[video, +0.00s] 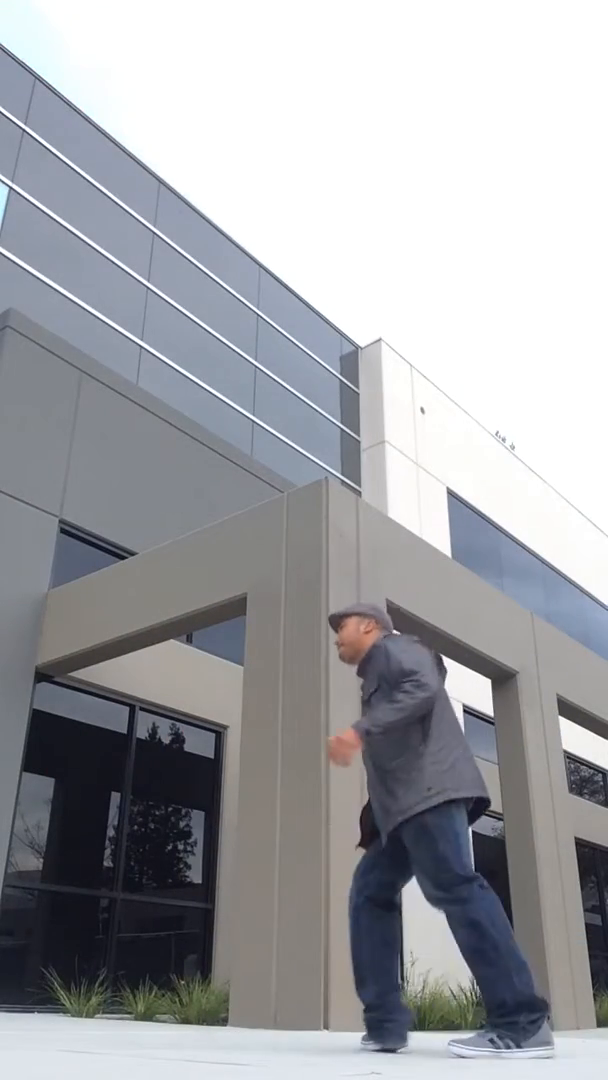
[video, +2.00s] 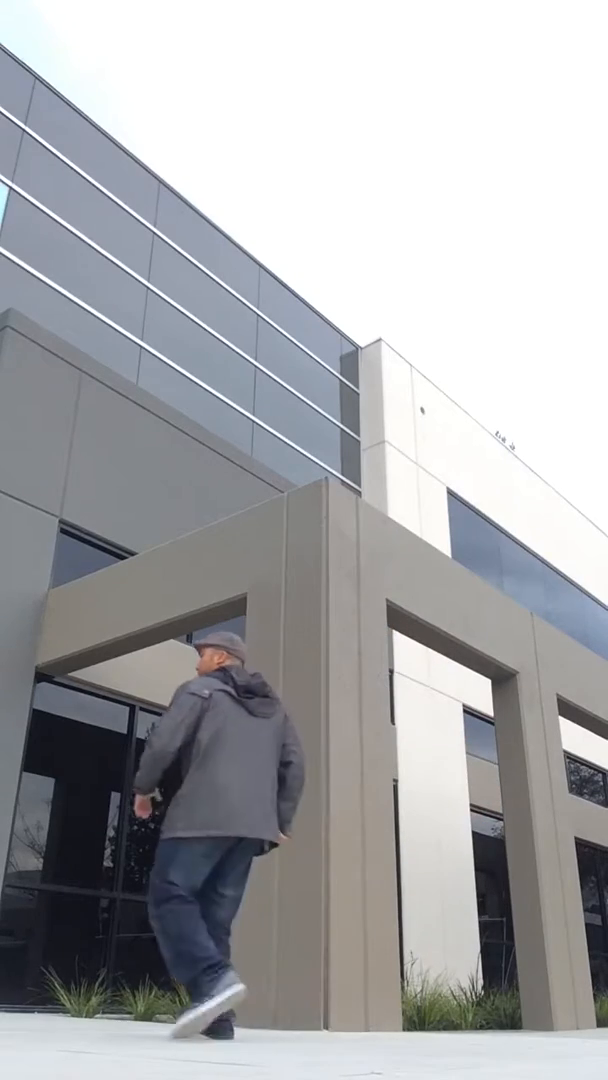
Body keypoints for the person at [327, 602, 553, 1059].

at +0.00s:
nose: (336, 639)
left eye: (341, 628)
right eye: (335, 632)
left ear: (368, 626)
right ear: (366, 629)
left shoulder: (395, 646)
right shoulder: (374, 674)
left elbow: (420, 687)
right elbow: (398, 757)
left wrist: (360, 730)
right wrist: (378, 812)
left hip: (431, 790)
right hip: (405, 804)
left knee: (457, 888)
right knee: (371, 891)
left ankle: (522, 1023)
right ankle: (385, 1027)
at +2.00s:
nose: (197, 662)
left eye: (201, 655)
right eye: (199, 655)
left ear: (218, 656)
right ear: (236, 659)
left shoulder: (200, 690)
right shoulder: (273, 704)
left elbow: (164, 743)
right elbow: (294, 762)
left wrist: (143, 788)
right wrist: (282, 819)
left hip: (205, 812)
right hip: (256, 820)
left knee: (169, 895)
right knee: (217, 915)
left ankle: (212, 979)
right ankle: (217, 1020)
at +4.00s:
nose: (255, 559)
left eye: (262, 555)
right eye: (243, 552)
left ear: (268, 573)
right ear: (220, 566)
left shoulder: (269, 629)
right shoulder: (194, 610)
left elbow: (267, 693)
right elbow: (172, 667)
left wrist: (275, 717)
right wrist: (230, 711)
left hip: (251, 775)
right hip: (192, 768)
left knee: (258, 884)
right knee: (192, 880)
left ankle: (246, 1016)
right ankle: (170, 1019)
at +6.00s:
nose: (165, 614)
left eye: (176, 606)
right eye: (163, 609)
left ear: (204, 616)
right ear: (168, 624)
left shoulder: (214, 639)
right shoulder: (186, 667)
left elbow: (232, 692)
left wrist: (186, 751)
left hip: (235, 784)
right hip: (200, 794)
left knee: (246, 895)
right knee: (170, 894)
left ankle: (285, 1018)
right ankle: (196, 1016)